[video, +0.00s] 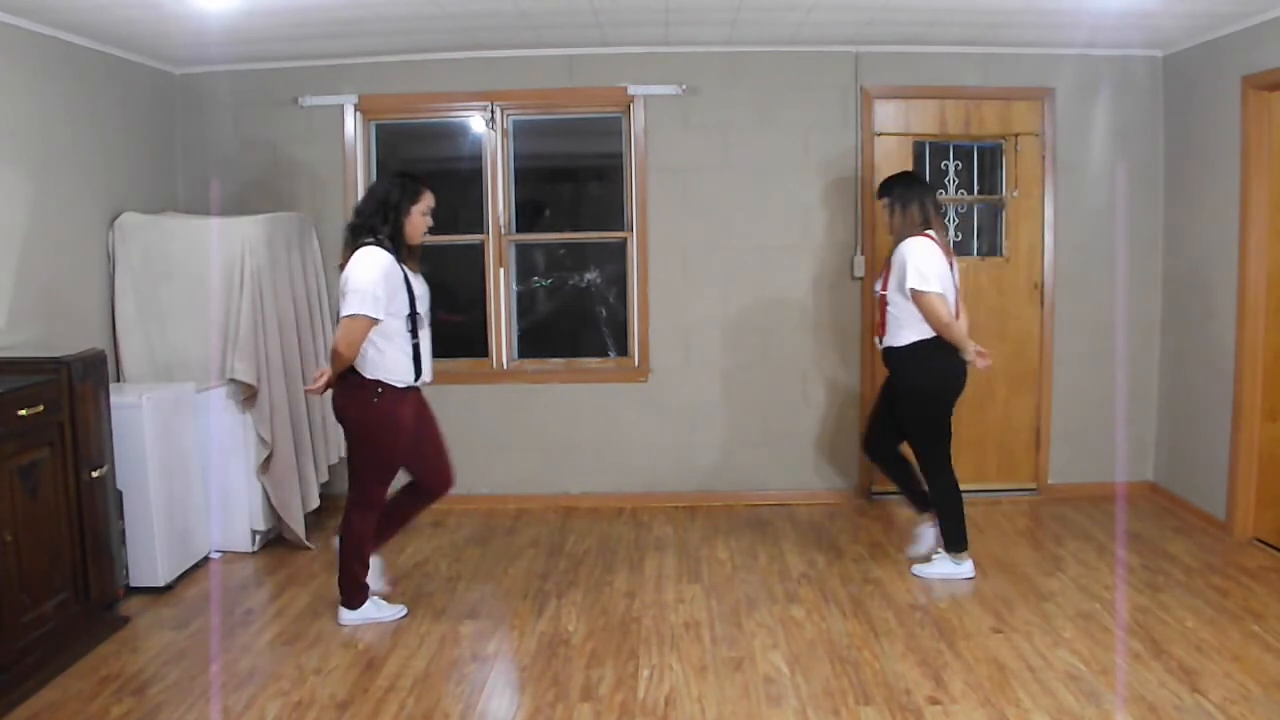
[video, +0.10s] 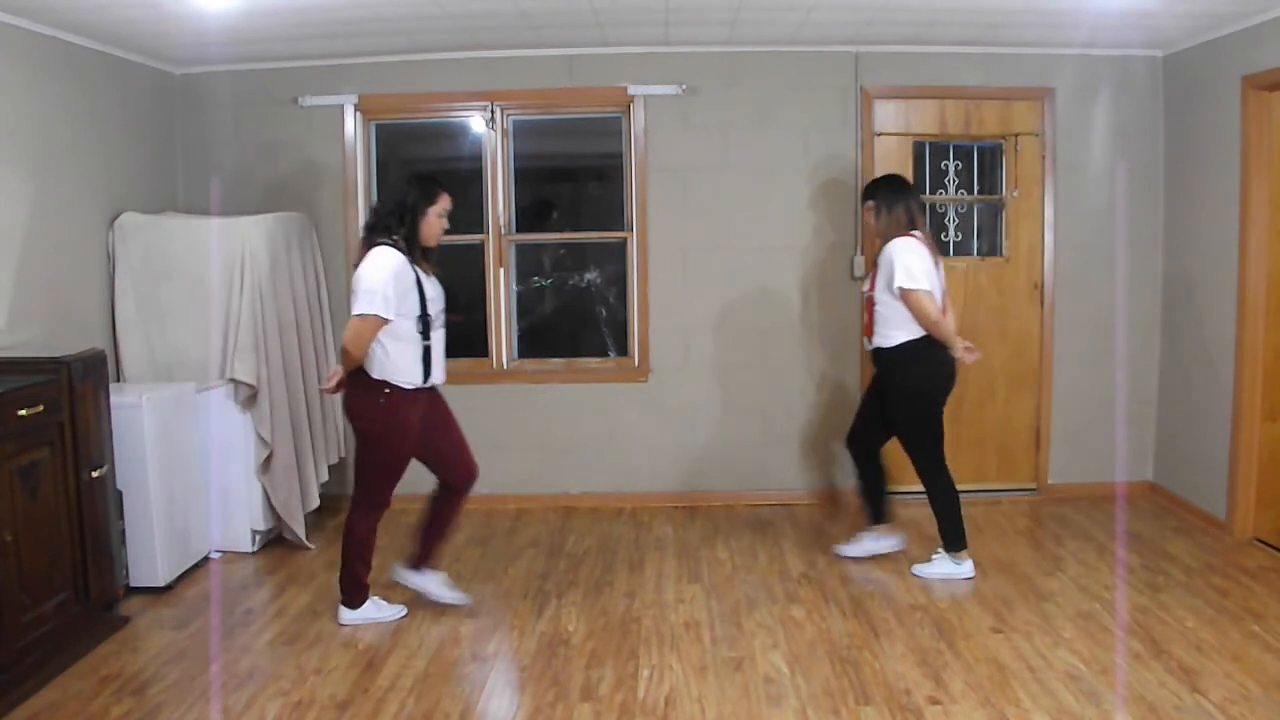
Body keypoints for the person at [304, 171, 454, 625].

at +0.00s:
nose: (430, 223)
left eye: (431, 214)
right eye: (424, 213)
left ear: (403, 215)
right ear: (398, 213)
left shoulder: (398, 263)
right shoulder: (372, 262)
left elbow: (372, 334)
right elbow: (344, 348)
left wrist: (335, 369)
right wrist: (335, 372)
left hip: (401, 394)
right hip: (371, 397)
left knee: (434, 480)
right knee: (367, 500)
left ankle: (365, 546)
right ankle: (353, 602)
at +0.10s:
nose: (446, 225)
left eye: (447, 216)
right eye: (441, 215)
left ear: (422, 217)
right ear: (415, 214)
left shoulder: (415, 264)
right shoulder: (383, 263)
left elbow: (387, 332)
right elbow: (354, 344)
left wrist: (349, 367)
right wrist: (353, 369)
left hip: (419, 398)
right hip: (384, 400)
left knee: (460, 475)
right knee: (370, 502)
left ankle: (420, 567)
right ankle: (353, 601)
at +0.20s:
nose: (464, 229)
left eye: (466, 220)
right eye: (459, 219)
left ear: (444, 222)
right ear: (433, 217)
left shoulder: (437, 269)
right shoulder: (399, 266)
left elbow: (415, 339)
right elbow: (369, 345)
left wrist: (366, 368)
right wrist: (369, 367)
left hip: (440, 403)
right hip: (401, 405)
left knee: (474, 483)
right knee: (378, 502)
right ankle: (354, 600)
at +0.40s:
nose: (506, 225)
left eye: (507, 216)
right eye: (500, 215)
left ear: (491, 217)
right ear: (475, 215)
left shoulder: (485, 266)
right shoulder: (445, 265)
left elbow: (471, 339)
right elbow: (419, 346)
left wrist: (418, 370)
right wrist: (418, 372)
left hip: (489, 404)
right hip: (451, 407)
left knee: (508, 498)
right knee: (425, 499)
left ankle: (536, 588)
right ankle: (367, 586)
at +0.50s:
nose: (527, 214)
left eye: (527, 205)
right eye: (519, 206)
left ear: (513, 209)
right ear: (494, 207)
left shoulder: (506, 257)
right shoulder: (469, 255)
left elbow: (491, 323)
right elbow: (446, 334)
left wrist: (445, 361)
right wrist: (447, 362)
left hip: (512, 392)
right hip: (476, 394)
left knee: (522, 493)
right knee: (475, 497)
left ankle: (536, 588)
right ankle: (395, 568)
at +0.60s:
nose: (544, 209)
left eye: (544, 200)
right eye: (536, 200)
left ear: (524, 203)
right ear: (511, 201)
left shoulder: (521, 252)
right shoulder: (486, 250)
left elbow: (508, 321)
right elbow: (465, 331)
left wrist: (463, 361)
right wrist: (464, 361)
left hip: (530, 384)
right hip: (498, 386)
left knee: (533, 490)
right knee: (522, 490)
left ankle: (537, 587)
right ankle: (435, 553)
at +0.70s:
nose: (557, 209)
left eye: (558, 200)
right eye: (551, 199)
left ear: (539, 201)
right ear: (525, 200)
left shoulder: (534, 250)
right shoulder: (500, 248)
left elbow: (519, 319)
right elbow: (477, 326)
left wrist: (481, 360)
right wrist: (480, 360)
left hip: (540, 381)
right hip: (515, 383)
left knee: (535, 486)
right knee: (553, 488)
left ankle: (537, 587)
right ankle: (477, 555)